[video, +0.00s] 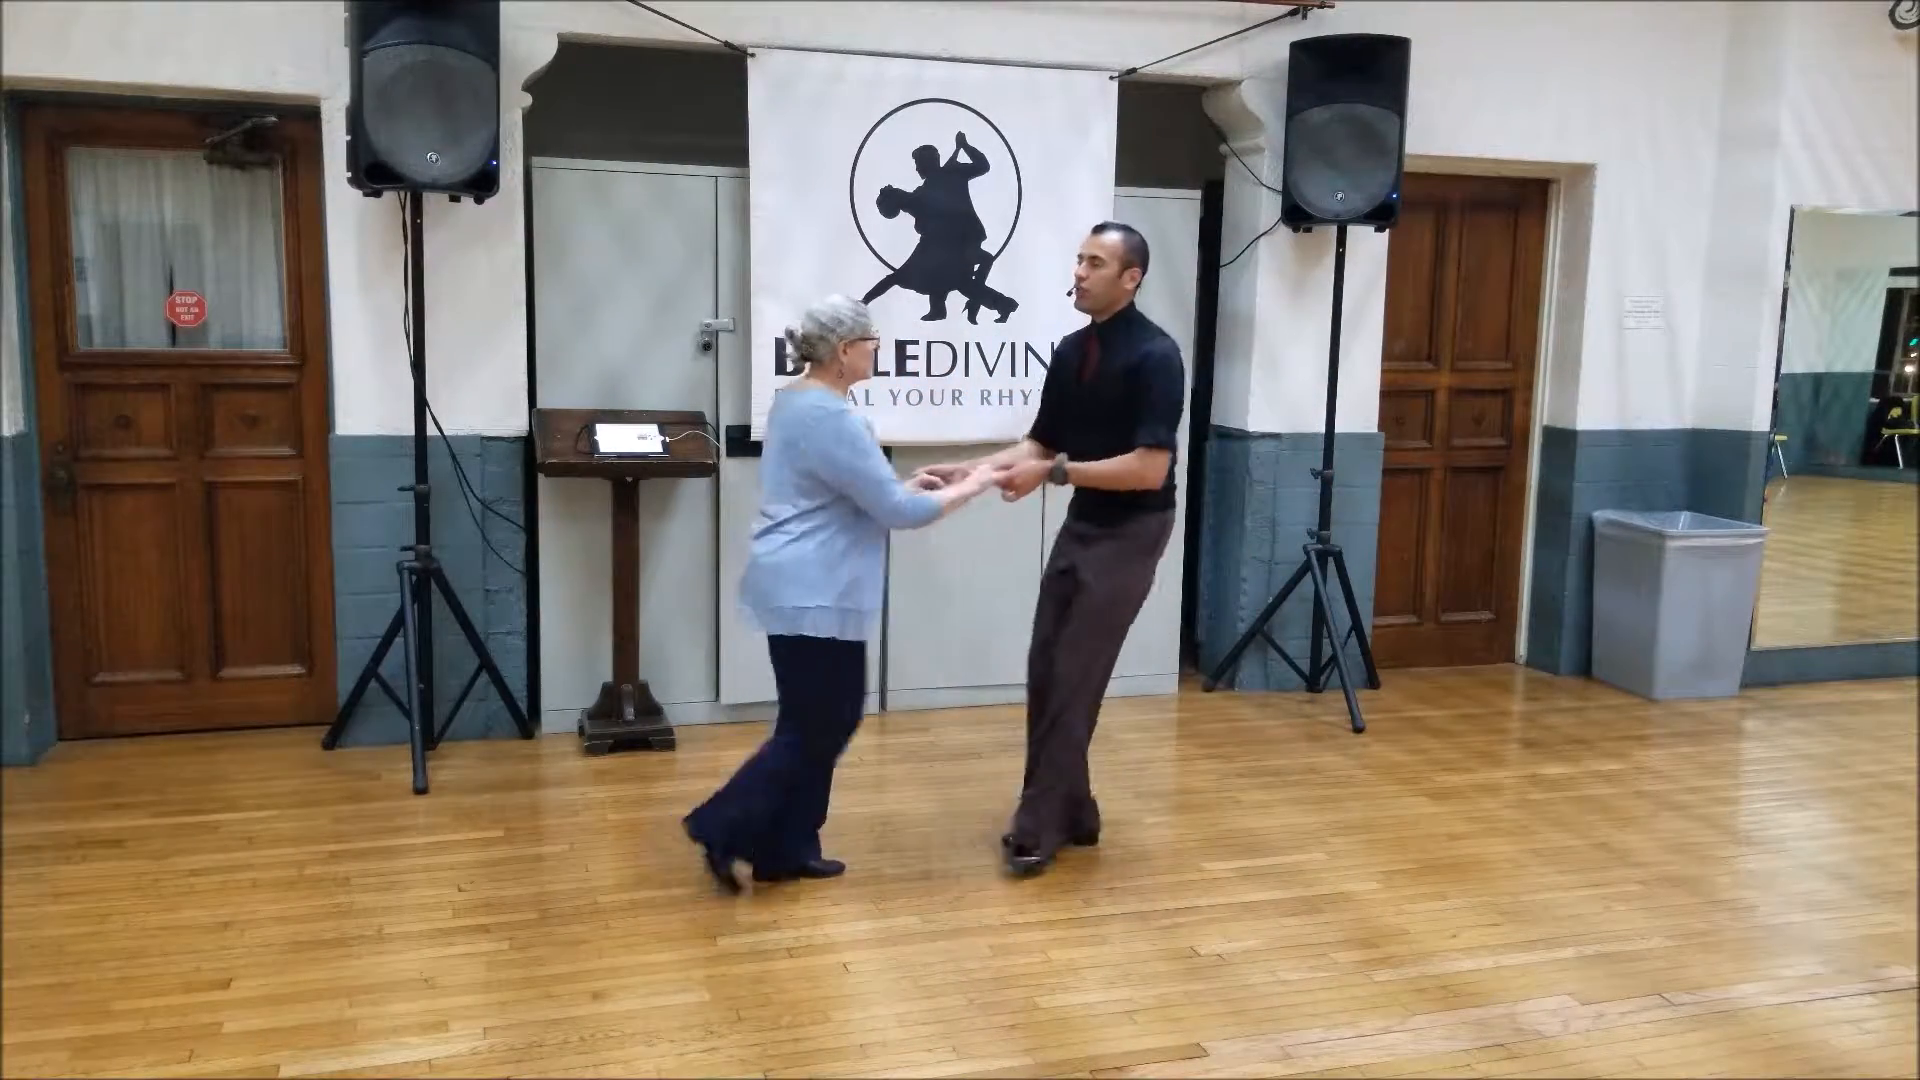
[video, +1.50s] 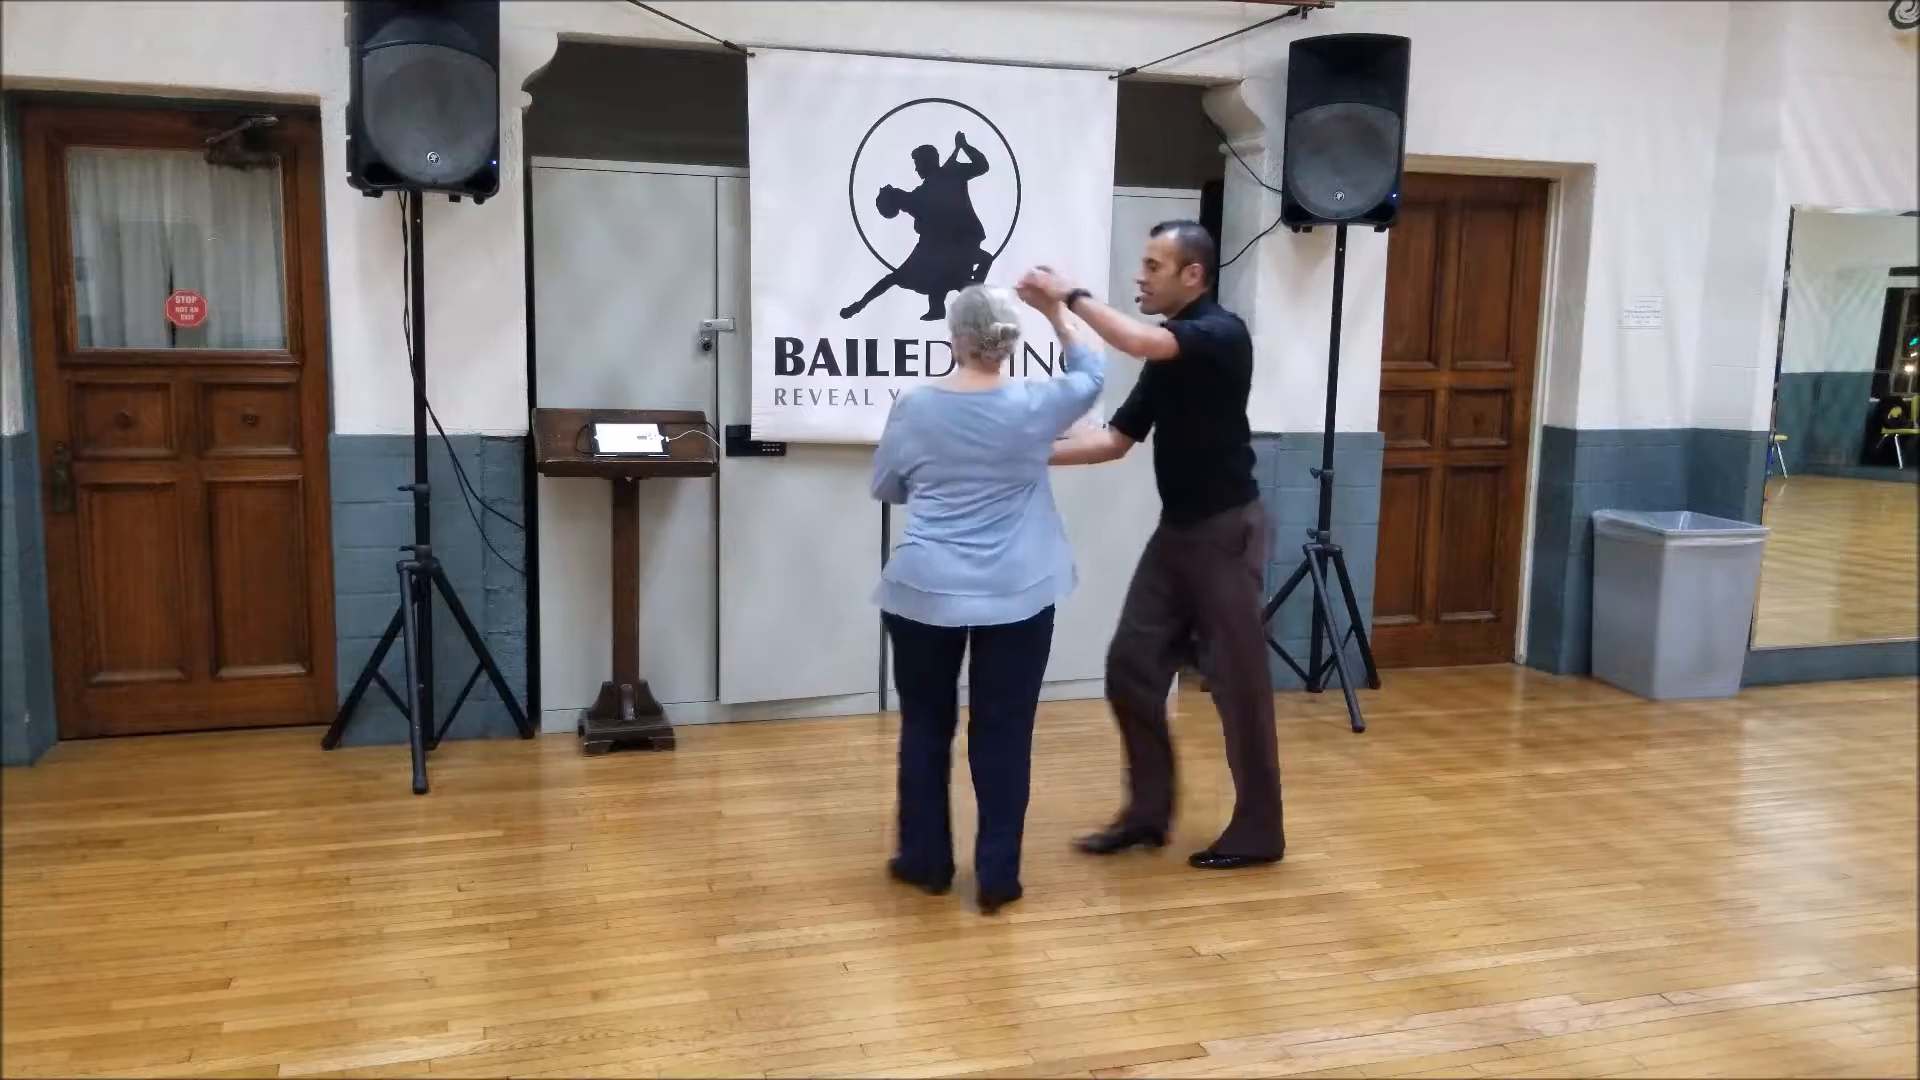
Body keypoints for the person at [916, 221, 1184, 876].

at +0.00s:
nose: (1079, 272)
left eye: (1094, 265)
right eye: (1080, 261)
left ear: (1131, 277)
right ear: (1081, 269)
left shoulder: (1156, 355)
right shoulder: (1071, 351)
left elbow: (1152, 468)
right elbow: (1041, 446)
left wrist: (1056, 471)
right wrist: (966, 473)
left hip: (1132, 531)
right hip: (1082, 524)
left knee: (1074, 669)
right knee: (1047, 667)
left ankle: (1035, 829)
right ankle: (1074, 812)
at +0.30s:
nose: (1131, 273)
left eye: (1145, 265)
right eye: (1133, 262)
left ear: (1185, 278)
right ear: (1156, 277)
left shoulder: (1217, 353)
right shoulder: (1136, 353)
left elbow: (1230, 463)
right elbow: (1091, 443)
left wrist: (1134, 445)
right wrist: (987, 458)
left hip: (1201, 536)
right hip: (1147, 530)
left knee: (1198, 684)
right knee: (1107, 670)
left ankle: (1263, 821)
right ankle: (1076, 814)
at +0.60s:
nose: (1168, 289)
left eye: (1180, 280)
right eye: (1170, 278)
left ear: (1216, 289)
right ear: (1204, 288)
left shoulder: (1251, 359)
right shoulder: (1208, 349)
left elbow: (1233, 478)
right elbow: (1187, 450)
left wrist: (1145, 483)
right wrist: (1122, 477)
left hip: (1276, 531)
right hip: (1236, 528)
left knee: (1256, 674)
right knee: (1194, 658)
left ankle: (1263, 833)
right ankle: (1240, 803)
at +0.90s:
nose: (1204, 292)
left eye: (1216, 284)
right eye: (1208, 281)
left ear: (1252, 296)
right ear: (1252, 295)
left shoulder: (1271, 364)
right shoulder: (1259, 349)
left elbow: (1238, 481)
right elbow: (1244, 452)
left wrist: (1147, 483)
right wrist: (1185, 455)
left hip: (1287, 538)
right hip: (1290, 530)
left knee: (1217, 676)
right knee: (1325, 670)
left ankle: (1249, 825)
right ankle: (1390, 809)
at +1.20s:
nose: (1191, 288)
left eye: (1203, 279)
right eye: (1194, 276)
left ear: (1242, 291)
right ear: (1225, 288)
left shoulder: (1272, 360)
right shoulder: (1214, 349)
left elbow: (1249, 459)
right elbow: (1197, 453)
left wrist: (1167, 408)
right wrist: (1119, 478)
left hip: (1261, 538)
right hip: (1229, 535)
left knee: (1224, 680)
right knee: (1275, 672)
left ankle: (1246, 833)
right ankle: (1359, 795)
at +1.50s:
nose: (1140, 277)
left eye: (1153, 267)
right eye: (1141, 266)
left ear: (1194, 275)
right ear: (1173, 273)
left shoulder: (1221, 331)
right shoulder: (1167, 346)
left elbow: (1144, 341)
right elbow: (1113, 439)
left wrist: (1070, 298)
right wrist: (1030, 451)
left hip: (1227, 531)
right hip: (1178, 532)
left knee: (1239, 680)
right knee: (1132, 668)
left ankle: (1258, 833)